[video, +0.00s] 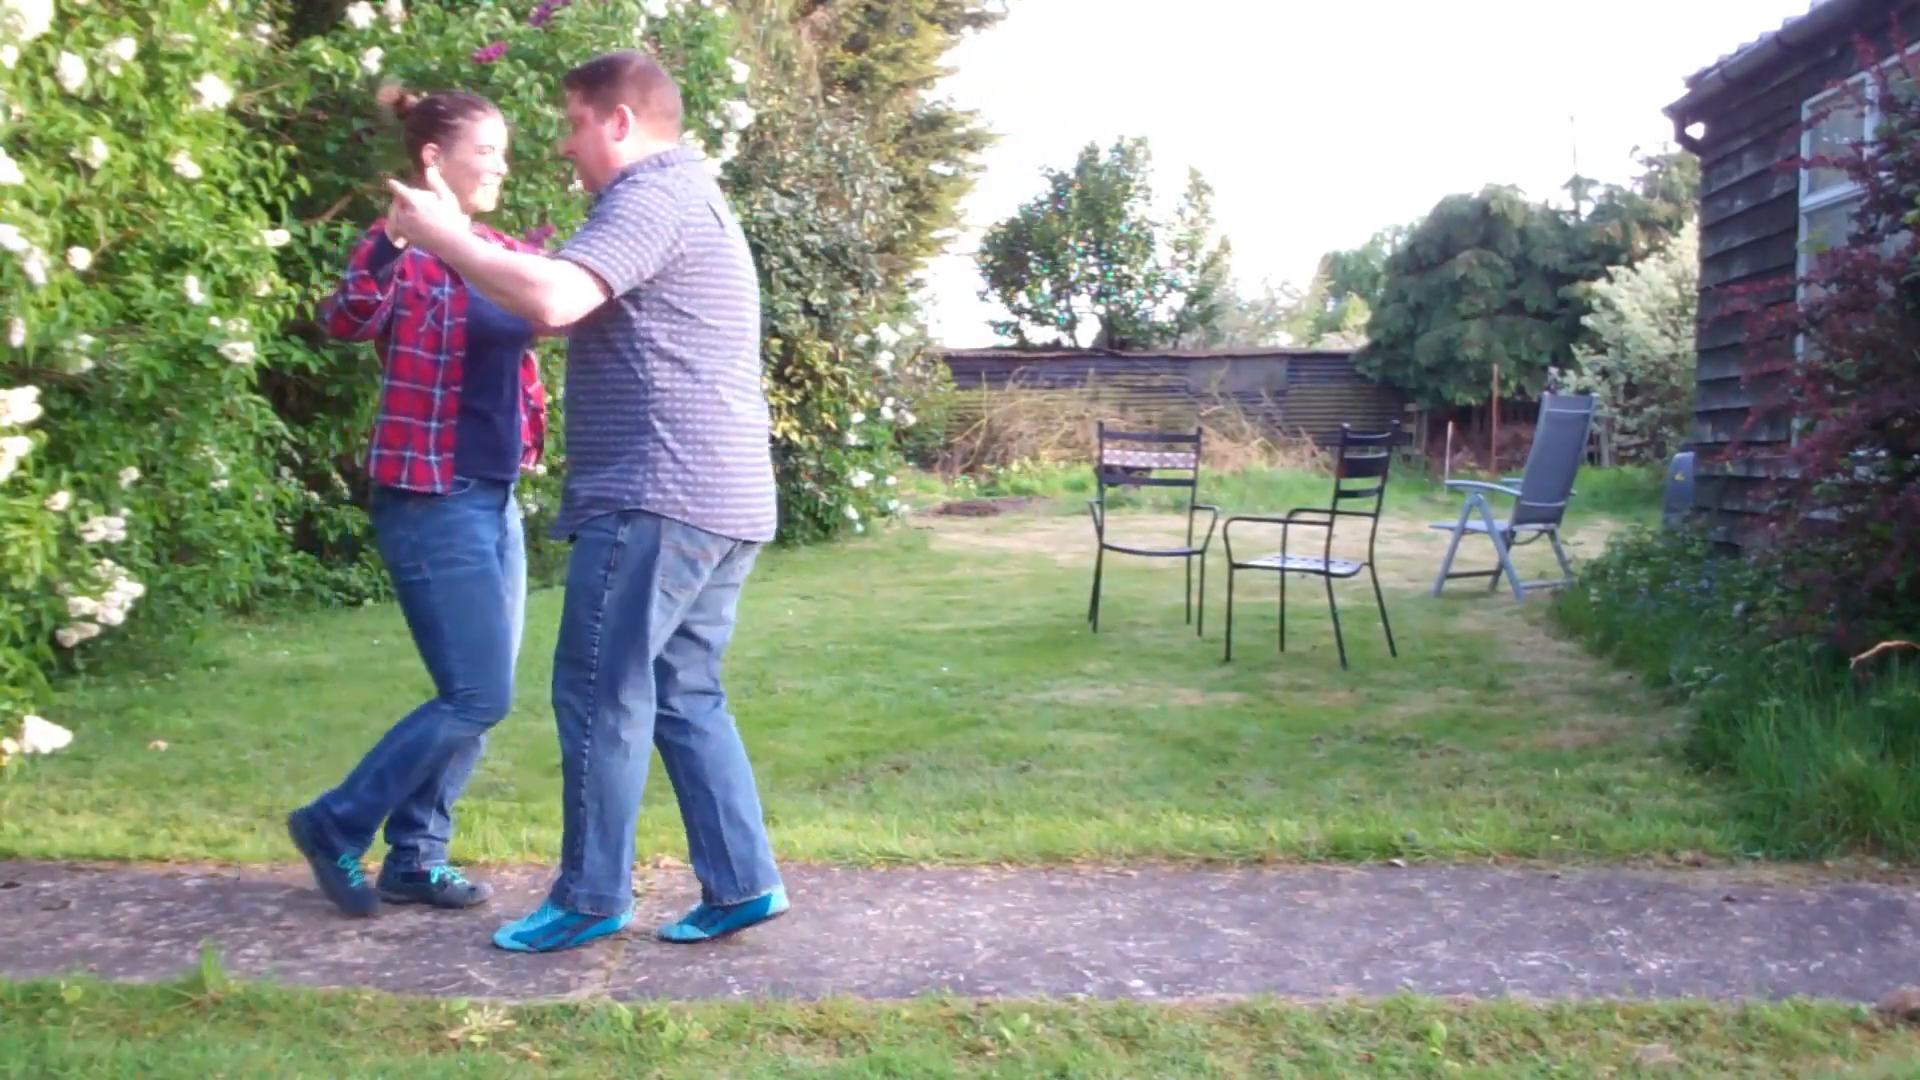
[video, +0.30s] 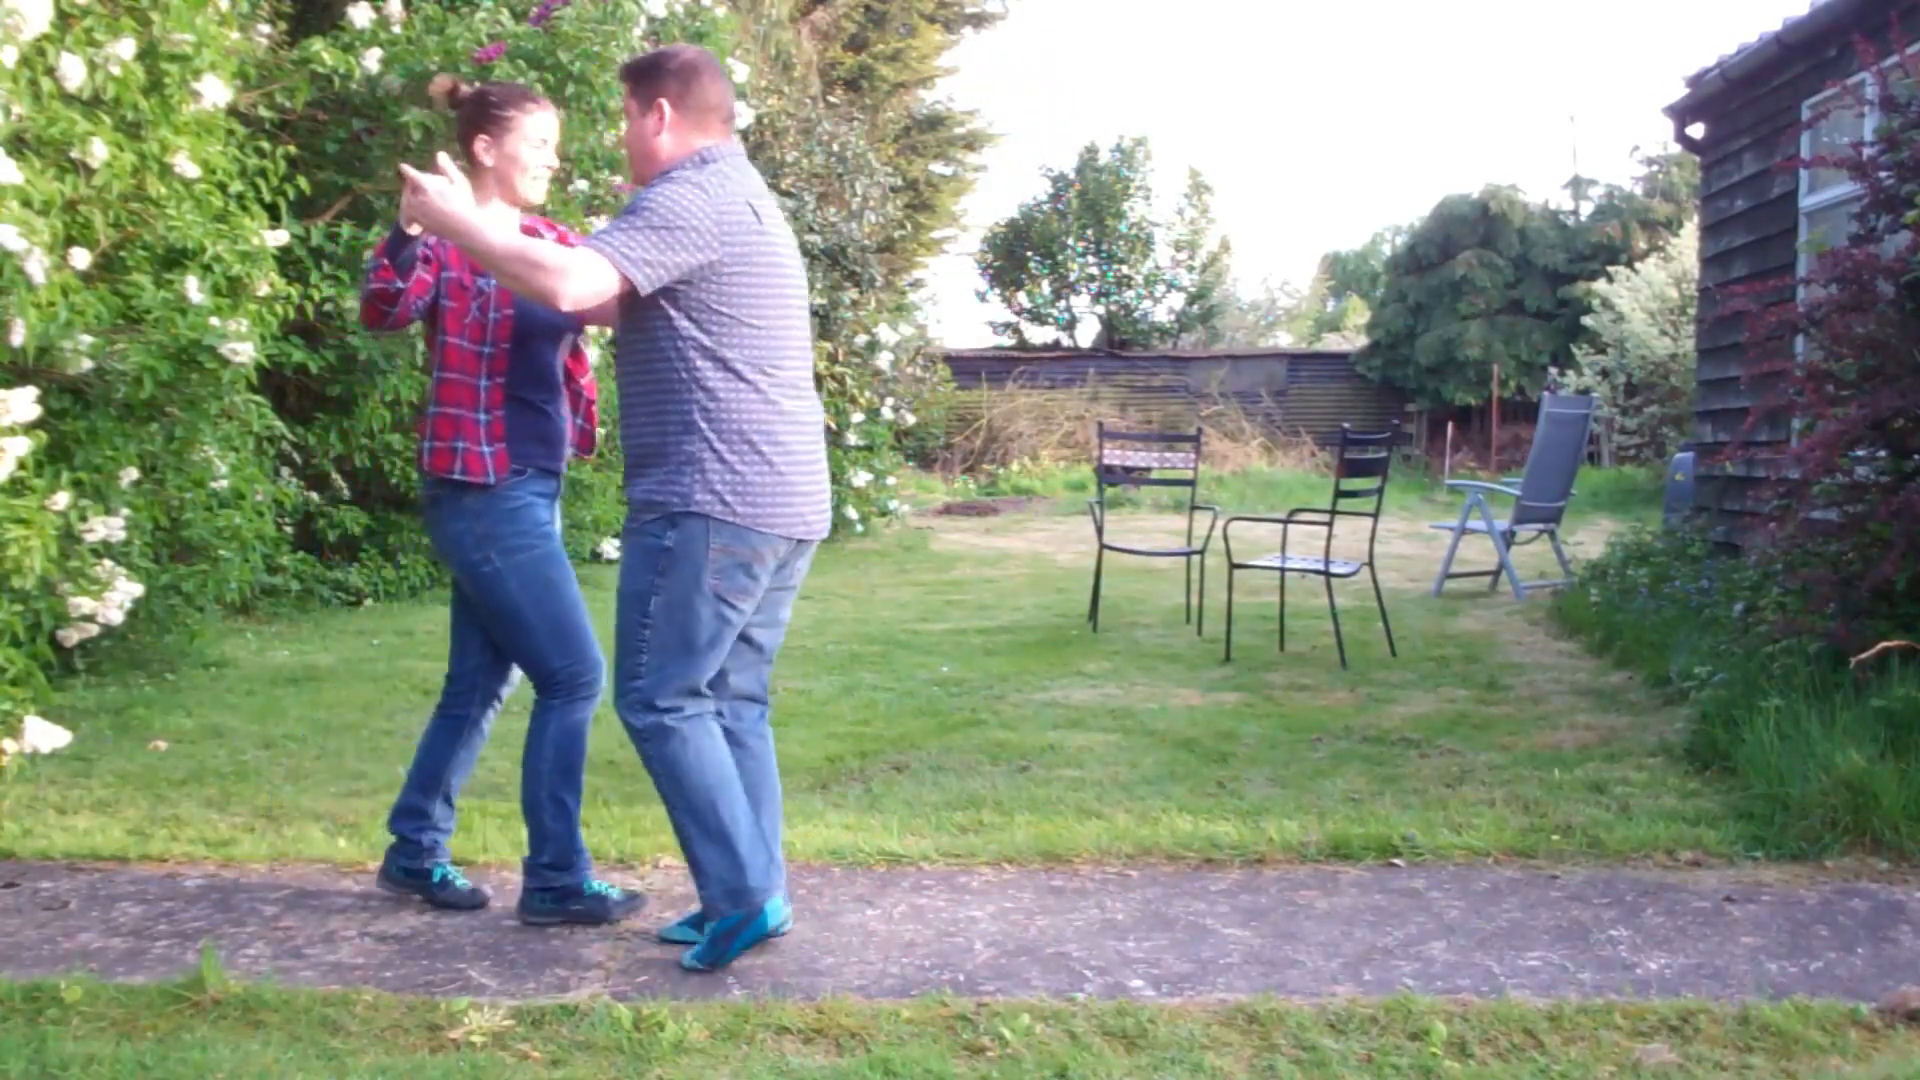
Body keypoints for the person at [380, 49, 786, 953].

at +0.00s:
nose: (567, 150)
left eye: (573, 129)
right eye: (566, 131)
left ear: (618, 120)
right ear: (643, 121)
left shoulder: (655, 194)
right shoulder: (692, 192)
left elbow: (554, 297)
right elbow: (566, 289)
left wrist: (440, 235)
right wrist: (467, 241)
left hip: (659, 493)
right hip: (725, 494)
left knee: (599, 693)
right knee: (685, 687)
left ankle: (590, 898)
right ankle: (743, 882)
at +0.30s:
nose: (622, 145)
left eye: (626, 126)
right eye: (622, 127)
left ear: (661, 115)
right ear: (710, 116)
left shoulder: (695, 194)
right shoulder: (741, 192)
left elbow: (575, 285)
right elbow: (620, 292)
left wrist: (454, 221)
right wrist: (513, 242)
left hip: (715, 495)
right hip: (783, 495)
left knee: (659, 698)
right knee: (734, 697)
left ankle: (738, 896)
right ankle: (753, 892)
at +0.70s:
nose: (694, 138)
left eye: (698, 120)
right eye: (696, 120)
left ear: (727, 116)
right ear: (793, 119)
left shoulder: (730, 206)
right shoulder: (826, 205)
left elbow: (611, 313)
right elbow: (722, 313)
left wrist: (503, 273)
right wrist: (636, 253)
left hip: (759, 513)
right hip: (858, 509)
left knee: (737, 720)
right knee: (816, 703)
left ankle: (779, 939)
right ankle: (874, 894)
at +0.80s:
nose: (720, 136)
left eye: (724, 119)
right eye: (722, 119)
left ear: (751, 118)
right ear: (820, 121)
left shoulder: (739, 207)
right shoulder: (870, 219)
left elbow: (630, 330)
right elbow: (767, 319)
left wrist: (517, 306)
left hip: (760, 514)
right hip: (870, 512)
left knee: (736, 722)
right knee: (849, 703)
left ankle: (777, 939)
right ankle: (921, 887)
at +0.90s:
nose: (739, 143)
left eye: (740, 125)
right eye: (733, 129)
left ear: (767, 118)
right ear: (843, 124)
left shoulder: (737, 216)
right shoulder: (902, 224)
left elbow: (650, 343)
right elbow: (874, 338)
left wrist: (543, 339)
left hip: (763, 514)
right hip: (880, 521)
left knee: (747, 723)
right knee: (877, 708)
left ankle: (775, 938)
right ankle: (943, 894)